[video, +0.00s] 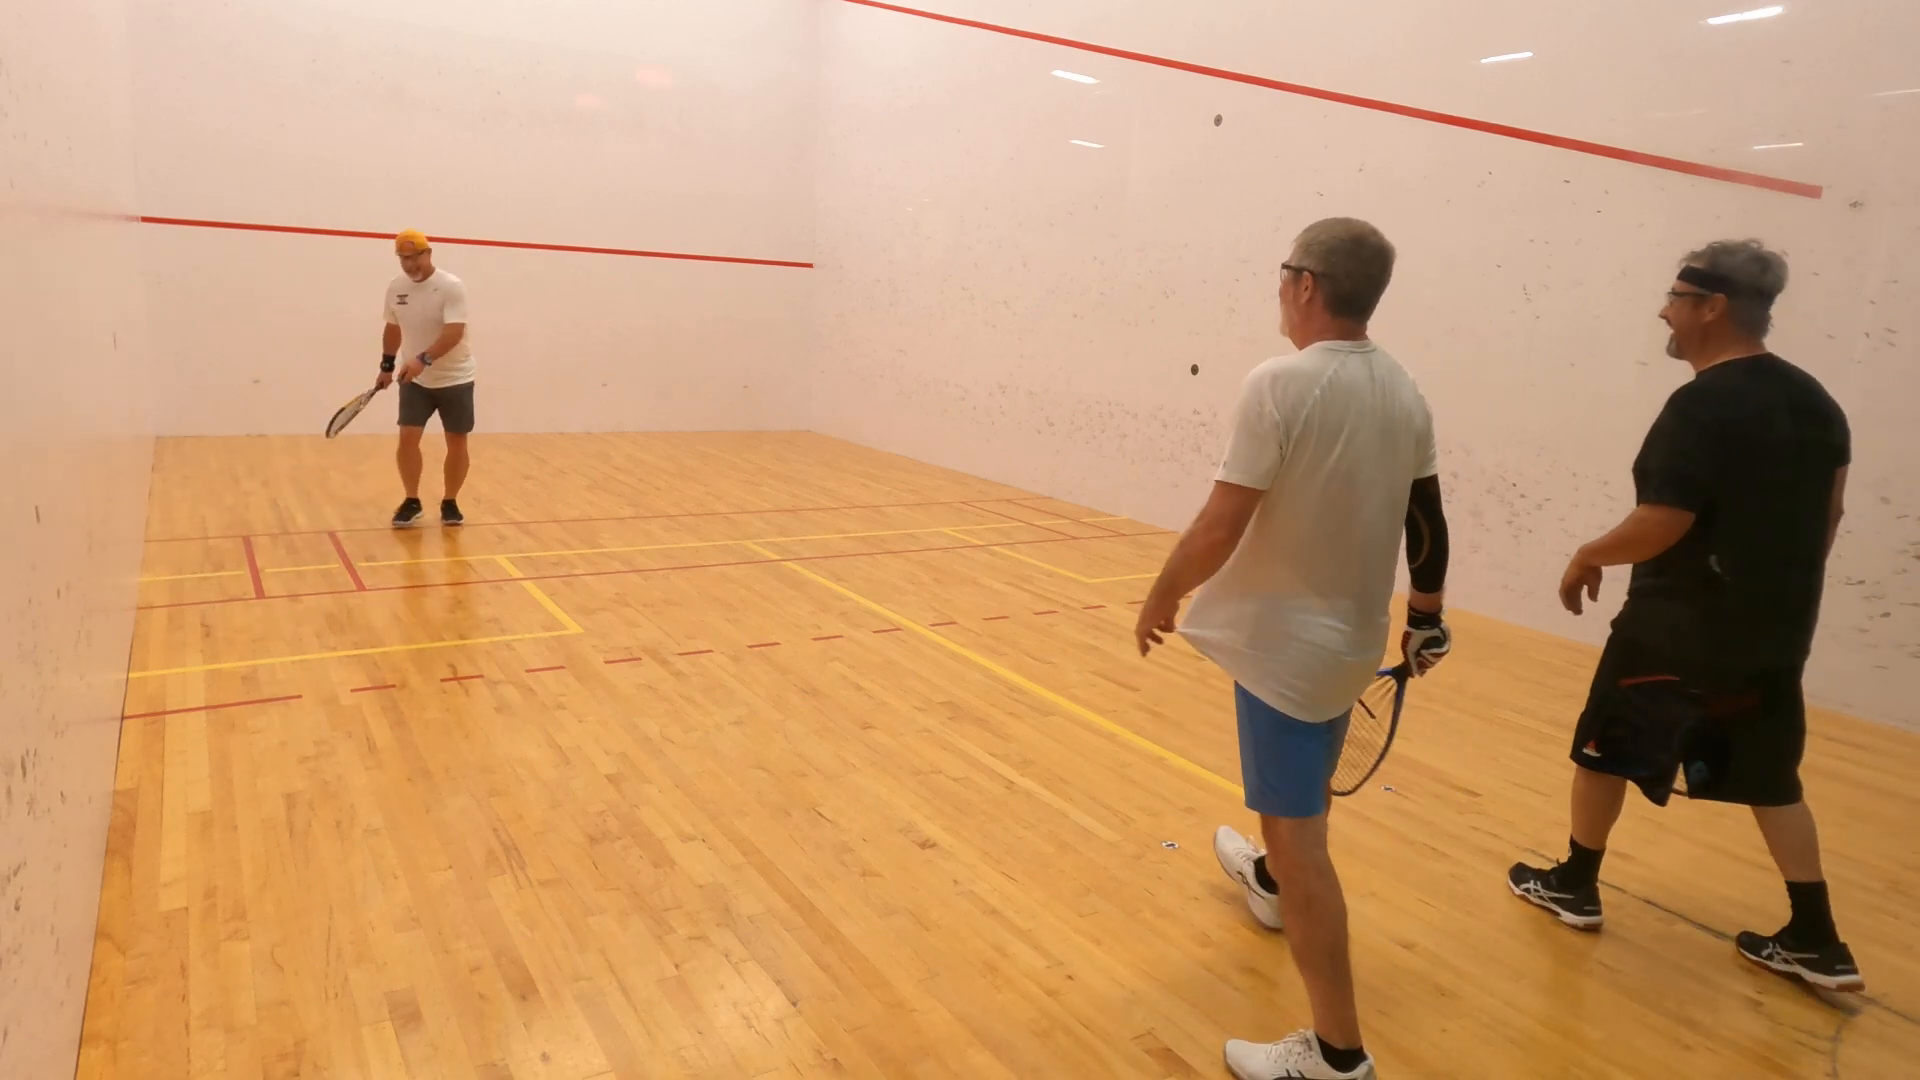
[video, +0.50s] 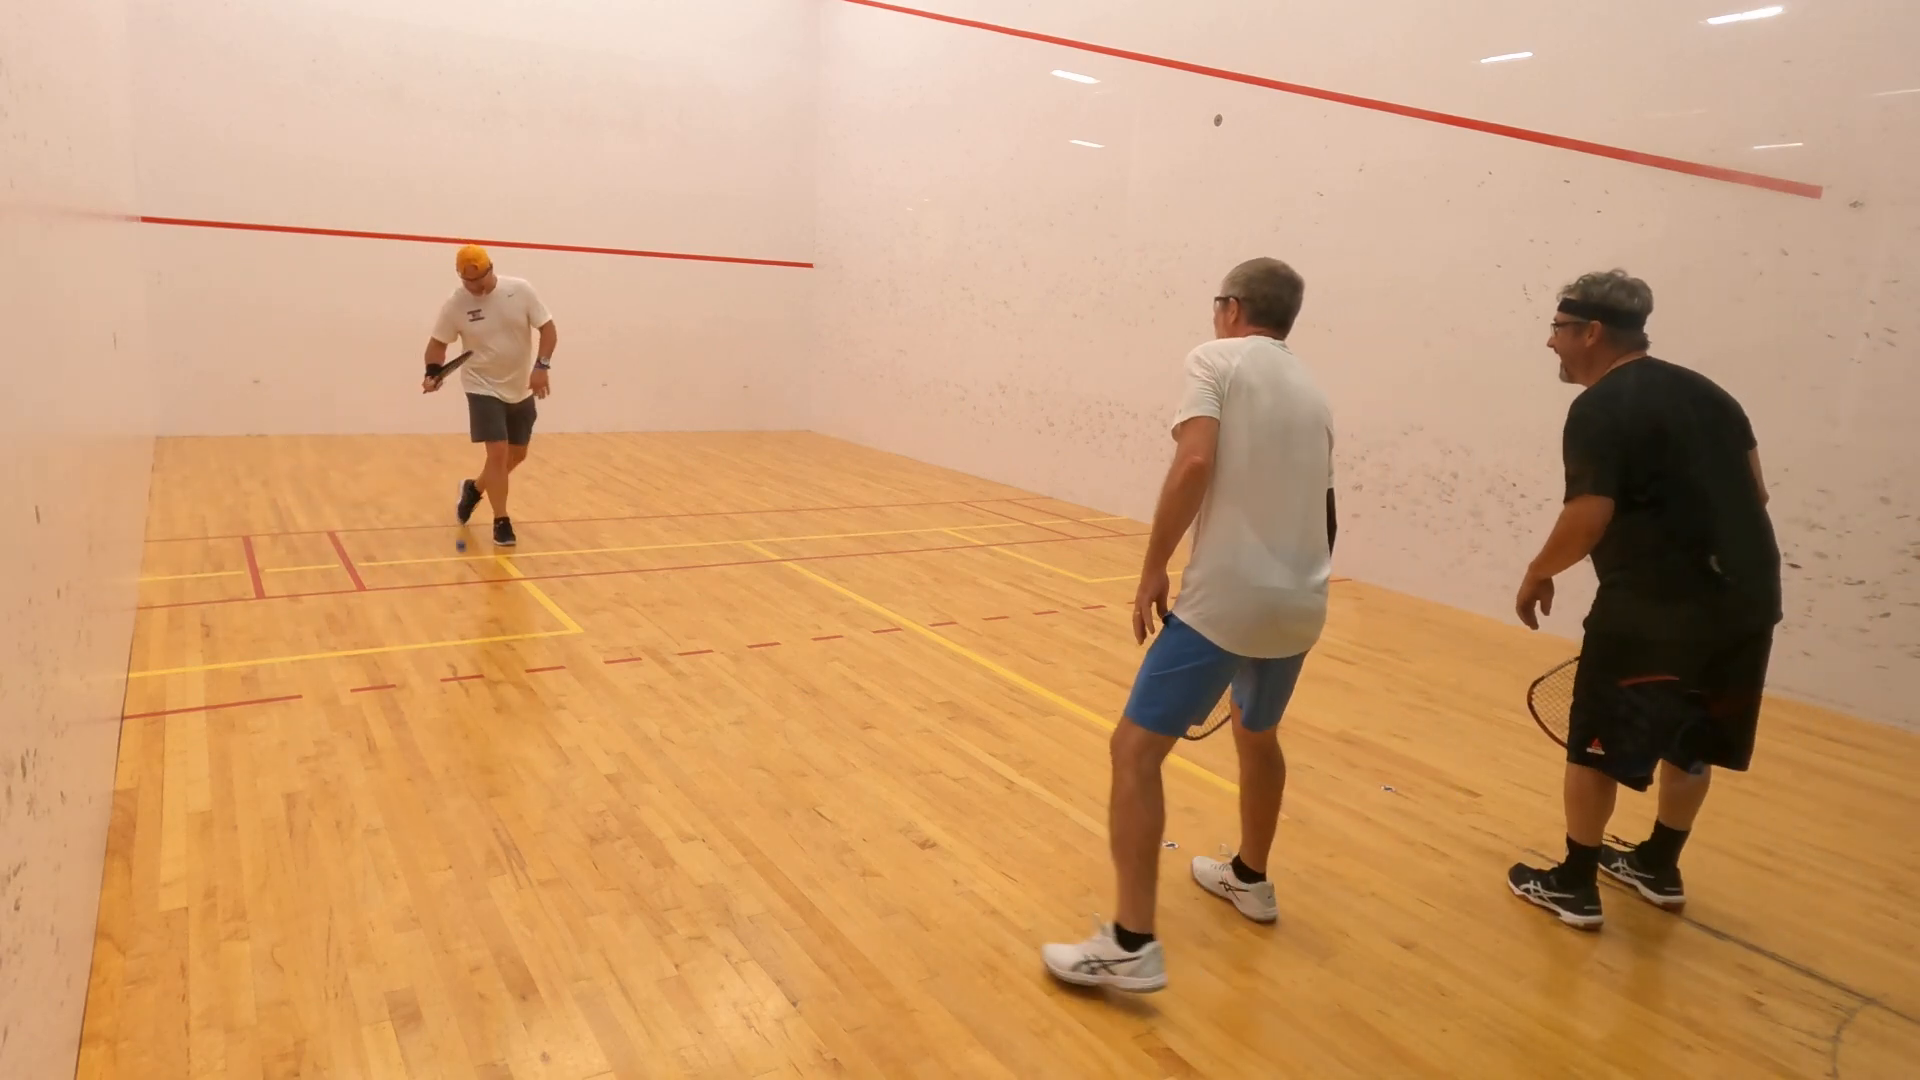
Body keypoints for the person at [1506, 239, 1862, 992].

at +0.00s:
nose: (1665, 310)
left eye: (1676, 298)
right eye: (1670, 296)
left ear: (1715, 308)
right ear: (1736, 312)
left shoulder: (1699, 405)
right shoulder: (1815, 403)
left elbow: (1661, 523)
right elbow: (1827, 520)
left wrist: (1589, 554)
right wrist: (1782, 587)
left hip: (1674, 629)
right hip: (1772, 634)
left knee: (1607, 741)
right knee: (1771, 774)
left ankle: (1575, 879)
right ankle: (1815, 935)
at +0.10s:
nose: (1628, 314)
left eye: (1639, 302)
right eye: (1631, 300)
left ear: (1679, 309)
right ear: (1703, 312)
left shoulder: (1660, 401)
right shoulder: (1781, 392)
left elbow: (1630, 515)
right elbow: (1804, 502)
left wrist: (1571, 554)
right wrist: (1748, 563)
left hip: (1661, 619)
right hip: (1756, 624)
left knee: (1603, 740)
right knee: (1735, 758)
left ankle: (1575, 881)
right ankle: (1794, 899)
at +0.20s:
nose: (1597, 321)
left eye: (1607, 308)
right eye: (1600, 306)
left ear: (1647, 315)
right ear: (1680, 315)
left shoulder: (1633, 401)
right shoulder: (1758, 389)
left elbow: (1600, 514)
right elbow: (1787, 491)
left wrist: (1554, 556)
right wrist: (1732, 548)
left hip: (1656, 613)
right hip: (1750, 615)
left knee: (1600, 740)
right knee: (1713, 737)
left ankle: (1575, 881)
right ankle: (1761, 876)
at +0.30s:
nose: (1574, 326)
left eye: (1584, 313)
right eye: (1577, 312)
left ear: (1620, 318)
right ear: (1646, 319)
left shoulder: (1614, 402)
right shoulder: (1738, 388)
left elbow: (1584, 515)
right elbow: (1774, 488)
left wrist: (1541, 559)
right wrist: (1705, 531)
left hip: (1650, 613)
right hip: (1743, 615)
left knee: (1602, 740)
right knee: (1701, 739)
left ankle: (1576, 879)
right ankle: (1711, 873)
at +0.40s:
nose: (1559, 335)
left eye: (1568, 321)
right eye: (1561, 321)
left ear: (1603, 325)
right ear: (1629, 327)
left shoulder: (1604, 404)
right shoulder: (1724, 392)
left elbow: (1582, 517)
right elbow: (1763, 488)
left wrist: (1535, 565)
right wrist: (1695, 536)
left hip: (1650, 612)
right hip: (1741, 612)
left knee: (1601, 738)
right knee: (1697, 736)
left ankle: (1576, 880)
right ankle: (1661, 863)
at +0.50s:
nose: (1552, 342)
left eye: (1561, 328)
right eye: (1553, 328)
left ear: (1597, 333)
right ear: (1622, 334)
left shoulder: (1598, 408)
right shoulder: (1711, 396)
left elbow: (1587, 517)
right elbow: (1753, 495)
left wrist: (1538, 571)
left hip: (1651, 608)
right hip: (1742, 608)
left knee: (1598, 733)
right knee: (1695, 734)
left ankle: (1575, 879)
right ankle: (1659, 863)